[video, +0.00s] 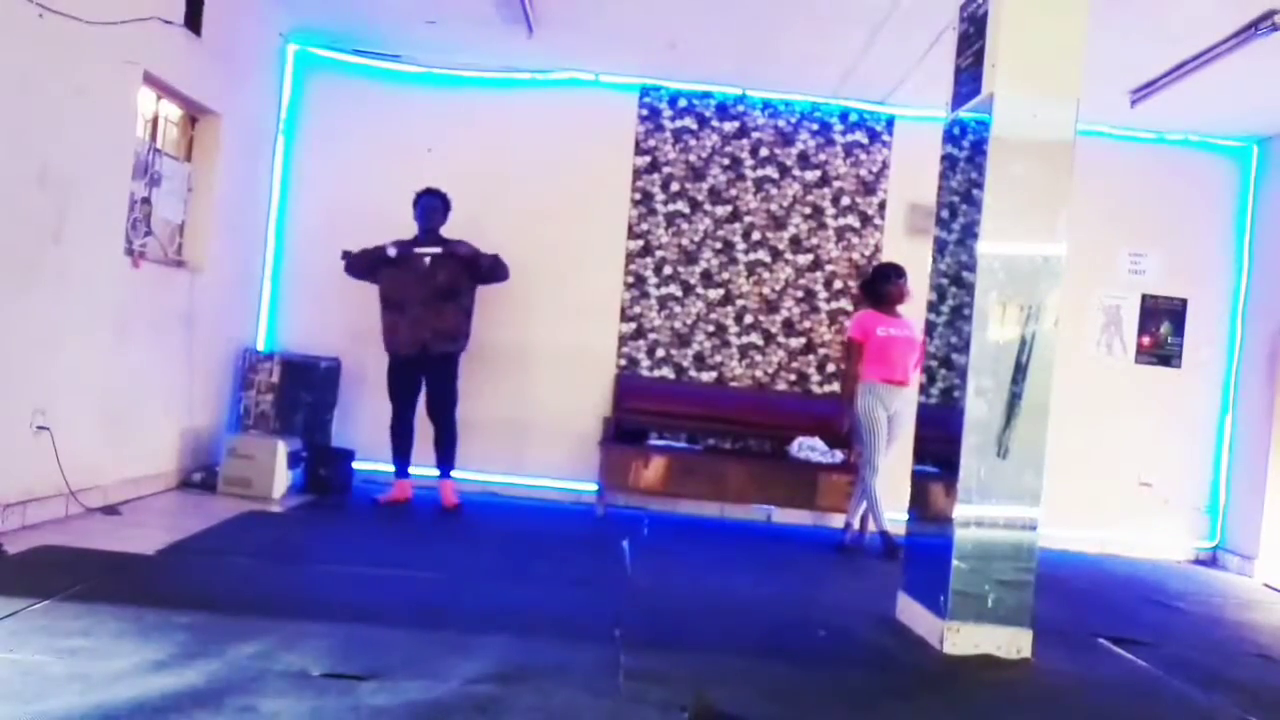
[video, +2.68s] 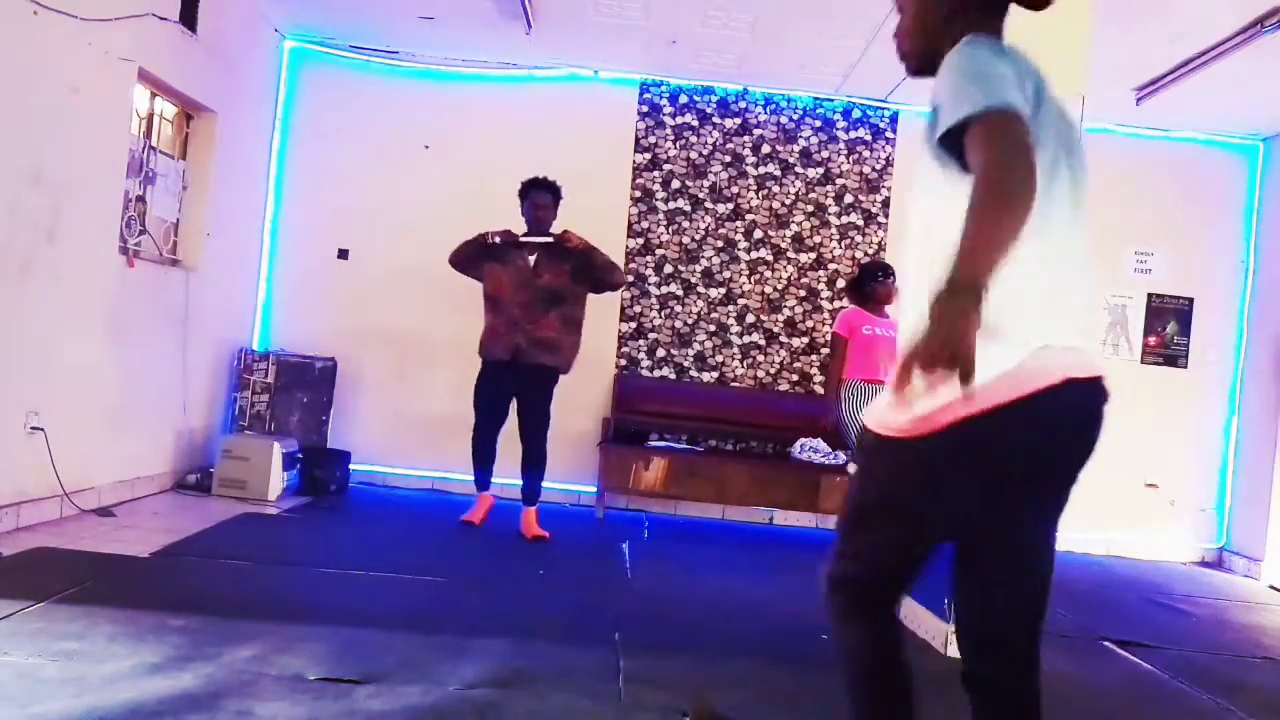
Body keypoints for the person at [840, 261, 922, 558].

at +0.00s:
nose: (905, 289)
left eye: (905, 283)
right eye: (898, 283)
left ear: (904, 288)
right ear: (881, 288)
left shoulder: (907, 325)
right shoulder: (864, 320)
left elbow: (914, 367)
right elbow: (852, 366)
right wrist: (847, 408)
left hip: (901, 392)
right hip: (872, 388)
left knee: (876, 463)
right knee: (872, 461)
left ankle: (851, 527)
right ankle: (882, 531)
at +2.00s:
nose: (895, 287)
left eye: (894, 281)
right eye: (888, 281)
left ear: (883, 287)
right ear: (871, 286)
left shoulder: (894, 325)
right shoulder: (850, 316)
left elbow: (894, 368)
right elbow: (838, 364)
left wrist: (910, 343)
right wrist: (835, 404)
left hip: (887, 397)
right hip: (857, 394)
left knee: (870, 464)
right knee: (870, 462)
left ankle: (854, 533)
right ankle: (888, 535)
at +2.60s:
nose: (893, 285)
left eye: (893, 279)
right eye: (886, 280)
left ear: (890, 286)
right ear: (870, 285)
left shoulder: (893, 326)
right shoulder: (850, 316)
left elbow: (893, 370)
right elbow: (836, 362)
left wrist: (908, 350)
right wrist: (832, 403)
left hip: (884, 396)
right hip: (856, 392)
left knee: (872, 458)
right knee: (869, 456)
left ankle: (857, 527)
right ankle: (858, 527)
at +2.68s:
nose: (893, 287)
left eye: (893, 281)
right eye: (887, 281)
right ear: (871, 286)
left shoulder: (892, 324)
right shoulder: (849, 316)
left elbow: (894, 363)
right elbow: (836, 363)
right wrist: (830, 405)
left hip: (884, 394)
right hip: (855, 392)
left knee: (885, 449)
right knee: (862, 451)